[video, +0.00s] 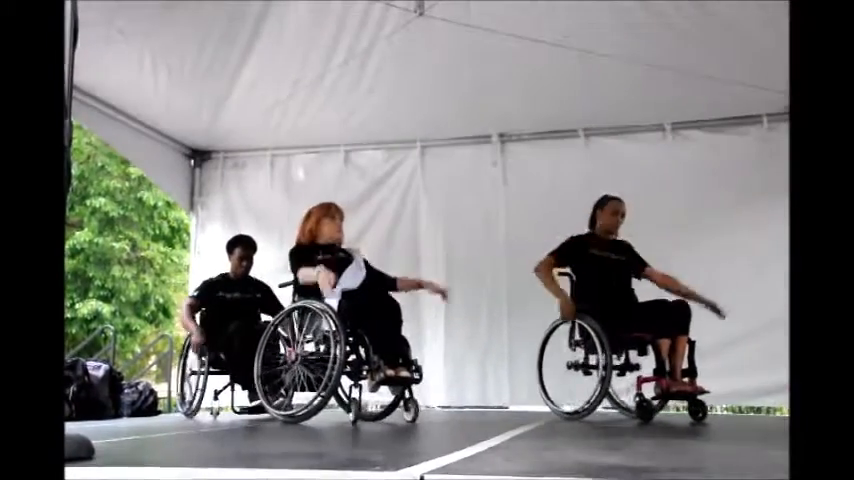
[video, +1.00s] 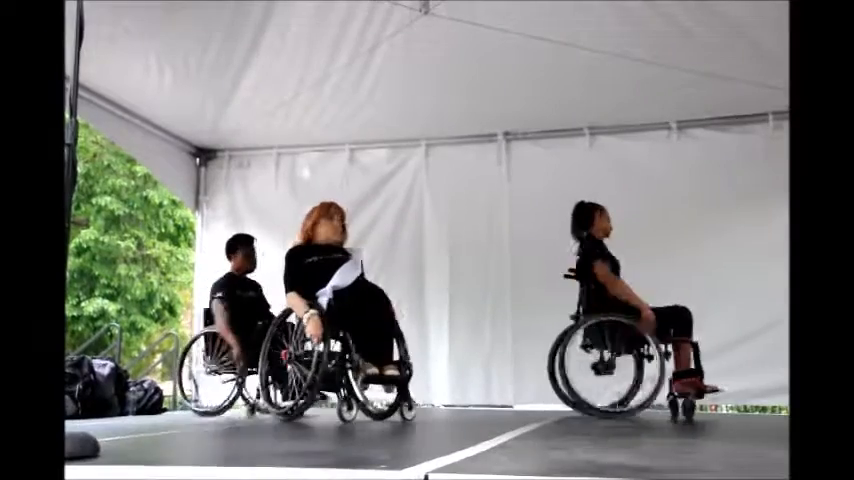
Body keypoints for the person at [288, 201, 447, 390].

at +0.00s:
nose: (338, 226)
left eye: (340, 222)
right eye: (332, 221)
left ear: (342, 225)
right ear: (316, 225)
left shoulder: (348, 256)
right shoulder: (301, 252)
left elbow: (384, 281)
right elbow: (300, 273)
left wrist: (422, 284)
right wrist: (319, 274)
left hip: (349, 307)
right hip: (318, 312)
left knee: (388, 305)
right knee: (368, 308)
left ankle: (396, 363)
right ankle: (383, 364)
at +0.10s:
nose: (339, 227)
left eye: (340, 222)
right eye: (333, 221)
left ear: (342, 226)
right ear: (317, 225)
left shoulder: (346, 256)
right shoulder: (300, 253)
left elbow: (370, 285)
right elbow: (300, 283)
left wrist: (401, 297)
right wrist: (318, 296)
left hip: (362, 299)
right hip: (335, 304)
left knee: (386, 306)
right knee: (369, 312)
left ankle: (393, 364)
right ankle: (384, 365)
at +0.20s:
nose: (340, 228)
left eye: (341, 223)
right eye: (333, 222)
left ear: (343, 227)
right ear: (318, 225)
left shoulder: (342, 255)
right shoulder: (300, 254)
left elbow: (356, 283)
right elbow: (300, 288)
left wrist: (389, 305)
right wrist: (315, 311)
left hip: (358, 295)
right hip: (333, 302)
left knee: (386, 309)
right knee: (370, 316)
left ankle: (389, 365)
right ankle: (385, 366)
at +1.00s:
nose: (338, 224)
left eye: (341, 220)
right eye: (330, 218)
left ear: (344, 226)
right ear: (314, 223)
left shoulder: (347, 253)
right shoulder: (297, 254)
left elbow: (362, 284)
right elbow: (291, 294)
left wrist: (386, 307)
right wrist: (308, 315)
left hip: (356, 300)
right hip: (325, 306)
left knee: (377, 300)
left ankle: (387, 363)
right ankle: (369, 363)